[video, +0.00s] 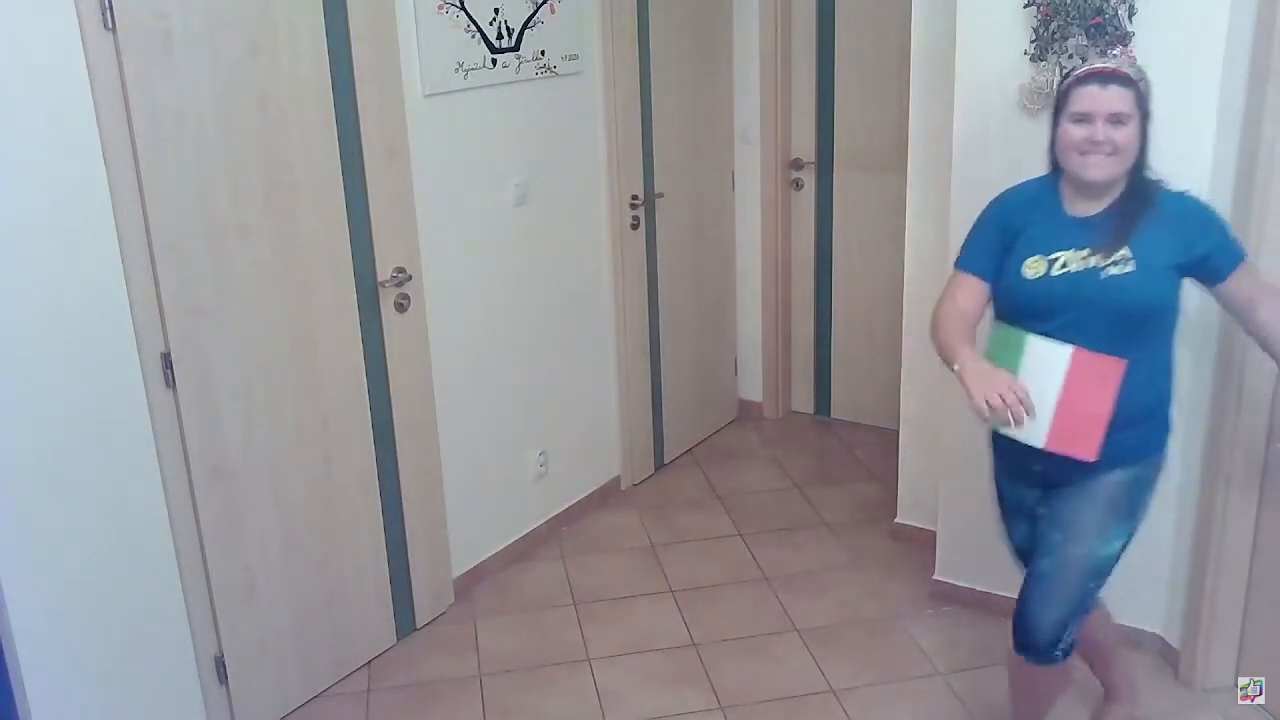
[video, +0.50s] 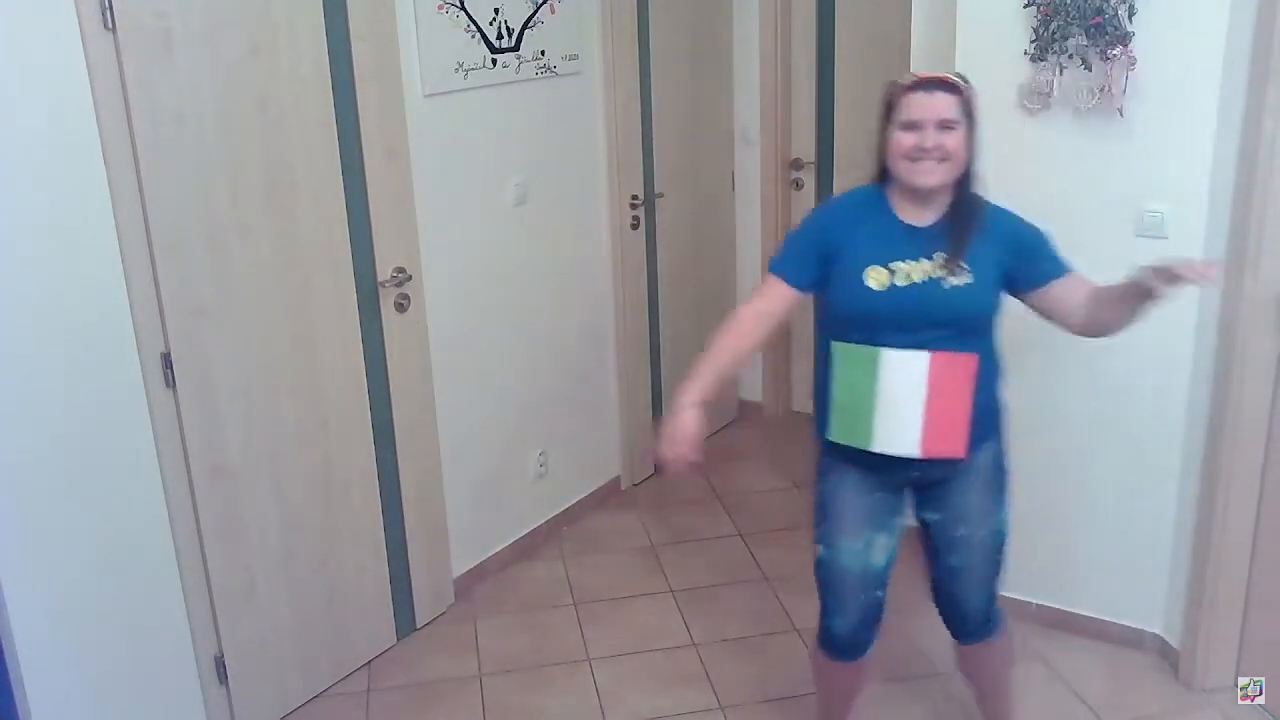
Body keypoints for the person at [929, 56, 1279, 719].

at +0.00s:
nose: (1098, 134)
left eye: (1118, 119)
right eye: (1081, 118)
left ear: (1141, 133)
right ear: (1055, 129)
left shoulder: (1180, 221)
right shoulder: (1014, 211)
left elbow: (1263, 310)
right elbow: (954, 315)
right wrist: (969, 365)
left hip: (1117, 458)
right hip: (1020, 447)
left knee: (1039, 627)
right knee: (1062, 589)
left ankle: (1026, 714)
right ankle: (1123, 693)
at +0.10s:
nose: (1068, 127)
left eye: (1087, 114)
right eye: (1052, 113)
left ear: (1112, 129)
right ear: (1027, 126)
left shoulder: (1148, 218)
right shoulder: (982, 211)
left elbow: (1236, 306)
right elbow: (922, 318)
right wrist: (950, 383)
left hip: (1094, 455)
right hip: (991, 445)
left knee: (1033, 629)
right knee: (977, 605)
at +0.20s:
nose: (1034, 120)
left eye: (1053, 108)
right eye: (1017, 106)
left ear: (1077, 124)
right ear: (993, 120)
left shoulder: (1115, 213)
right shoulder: (946, 209)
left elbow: (1215, 288)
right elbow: (875, 312)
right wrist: (882, 393)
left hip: (1068, 457)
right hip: (960, 449)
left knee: (1022, 624)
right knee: (917, 600)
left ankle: (1017, 717)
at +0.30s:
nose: (996, 131)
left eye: (1015, 118)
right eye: (979, 117)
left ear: (1039, 135)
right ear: (954, 132)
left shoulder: (1075, 223)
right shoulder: (908, 219)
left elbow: (1178, 281)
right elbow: (834, 306)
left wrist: (1260, 299)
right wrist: (805, 396)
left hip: (1037, 465)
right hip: (927, 459)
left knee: (1007, 636)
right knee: (874, 625)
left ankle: (1016, 718)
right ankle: (853, 713)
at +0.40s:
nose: (969, 144)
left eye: (987, 131)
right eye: (953, 130)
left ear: (1012, 147)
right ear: (927, 144)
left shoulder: (1047, 234)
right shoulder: (883, 229)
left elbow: (1149, 294)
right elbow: (798, 319)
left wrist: (1226, 293)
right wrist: (758, 404)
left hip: (1010, 471)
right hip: (901, 468)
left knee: (998, 642)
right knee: (859, 639)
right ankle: (834, 715)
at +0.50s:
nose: (928, 140)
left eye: (945, 127)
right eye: (911, 126)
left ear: (969, 141)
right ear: (885, 139)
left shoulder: (997, 233)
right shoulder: (838, 224)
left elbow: (1086, 309)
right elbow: (758, 315)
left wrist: (1143, 288)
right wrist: (690, 397)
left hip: (963, 458)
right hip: (856, 457)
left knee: (973, 615)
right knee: (845, 629)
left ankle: (998, 715)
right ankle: (831, 717)